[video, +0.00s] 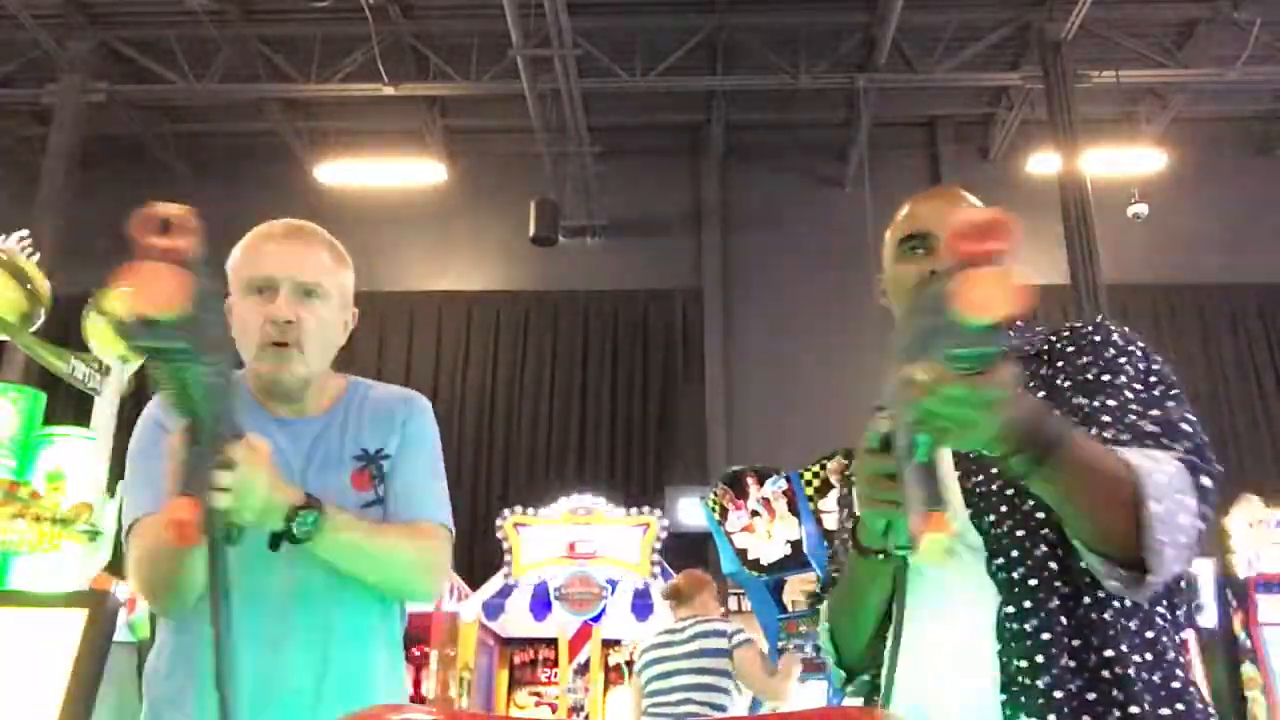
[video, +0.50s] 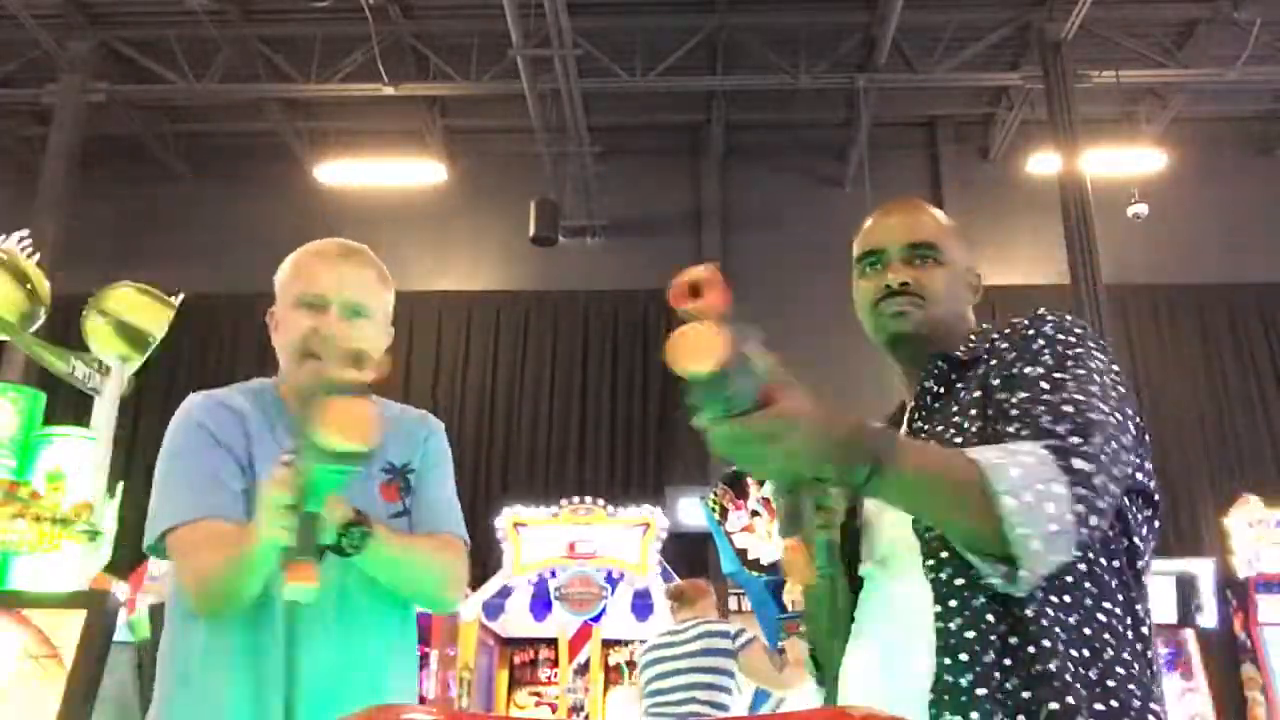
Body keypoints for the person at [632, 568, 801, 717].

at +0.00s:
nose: (721, 607)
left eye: (717, 599)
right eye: (716, 598)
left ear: (673, 607)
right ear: (706, 599)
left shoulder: (647, 647)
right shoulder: (727, 631)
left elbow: (637, 712)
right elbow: (776, 693)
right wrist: (790, 665)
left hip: (656, 715)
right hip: (706, 713)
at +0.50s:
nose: (717, 611)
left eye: (715, 606)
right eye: (716, 605)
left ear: (674, 612)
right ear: (713, 603)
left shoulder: (647, 649)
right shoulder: (730, 633)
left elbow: (643, 703)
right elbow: (786, 681)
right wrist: (797, 654)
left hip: (655, 714)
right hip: (707, 712)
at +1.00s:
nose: (728, 611)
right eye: (725, 605)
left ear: (681, 612)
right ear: (723, 605)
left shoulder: (654, 645)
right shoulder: (738, 636)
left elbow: (650, 699)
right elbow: (797, 686)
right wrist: (796, 652)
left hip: (661, 715)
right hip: (711, 713)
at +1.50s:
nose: (729, 610)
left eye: (727, 603)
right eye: (726, 603)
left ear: (681, 612)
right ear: (719, 602)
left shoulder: (655, 646)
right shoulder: (739, 635)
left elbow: (653, 701)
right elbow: (793, 687)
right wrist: (800, 660)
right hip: (717, 713)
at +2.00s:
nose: (716, 607)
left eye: (714, 600)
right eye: (714, 600)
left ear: (671, 605)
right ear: (708, 595)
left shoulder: (643, 646)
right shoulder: (728, 631)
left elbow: (636, 712)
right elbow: (784, 683)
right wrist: (798, 653)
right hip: (711, 712)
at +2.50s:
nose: (722, 611)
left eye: (721, 606)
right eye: (720, 605)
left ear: (675, 611)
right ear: (713, 602)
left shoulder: (646, 649)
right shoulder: (730, 632)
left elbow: (638, 714)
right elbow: (785, 688)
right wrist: (800, 657)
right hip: (712, 713)